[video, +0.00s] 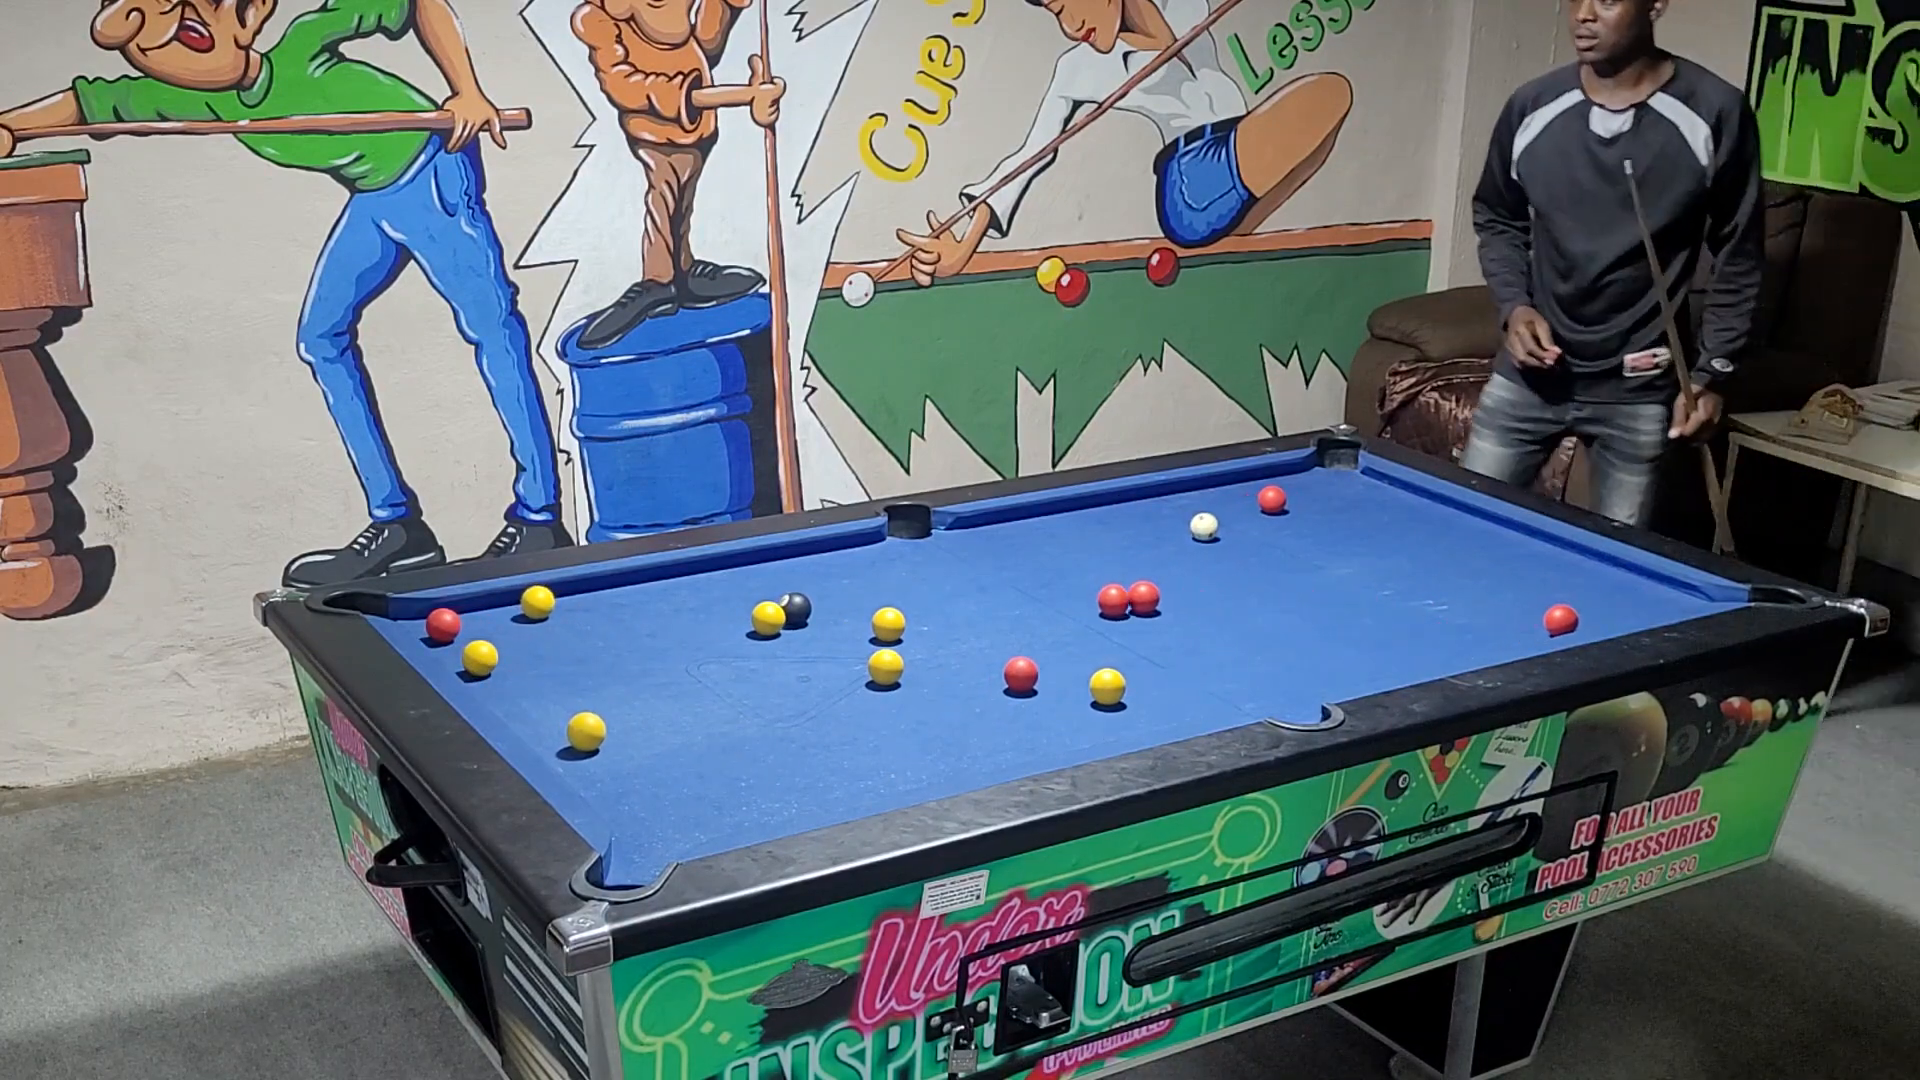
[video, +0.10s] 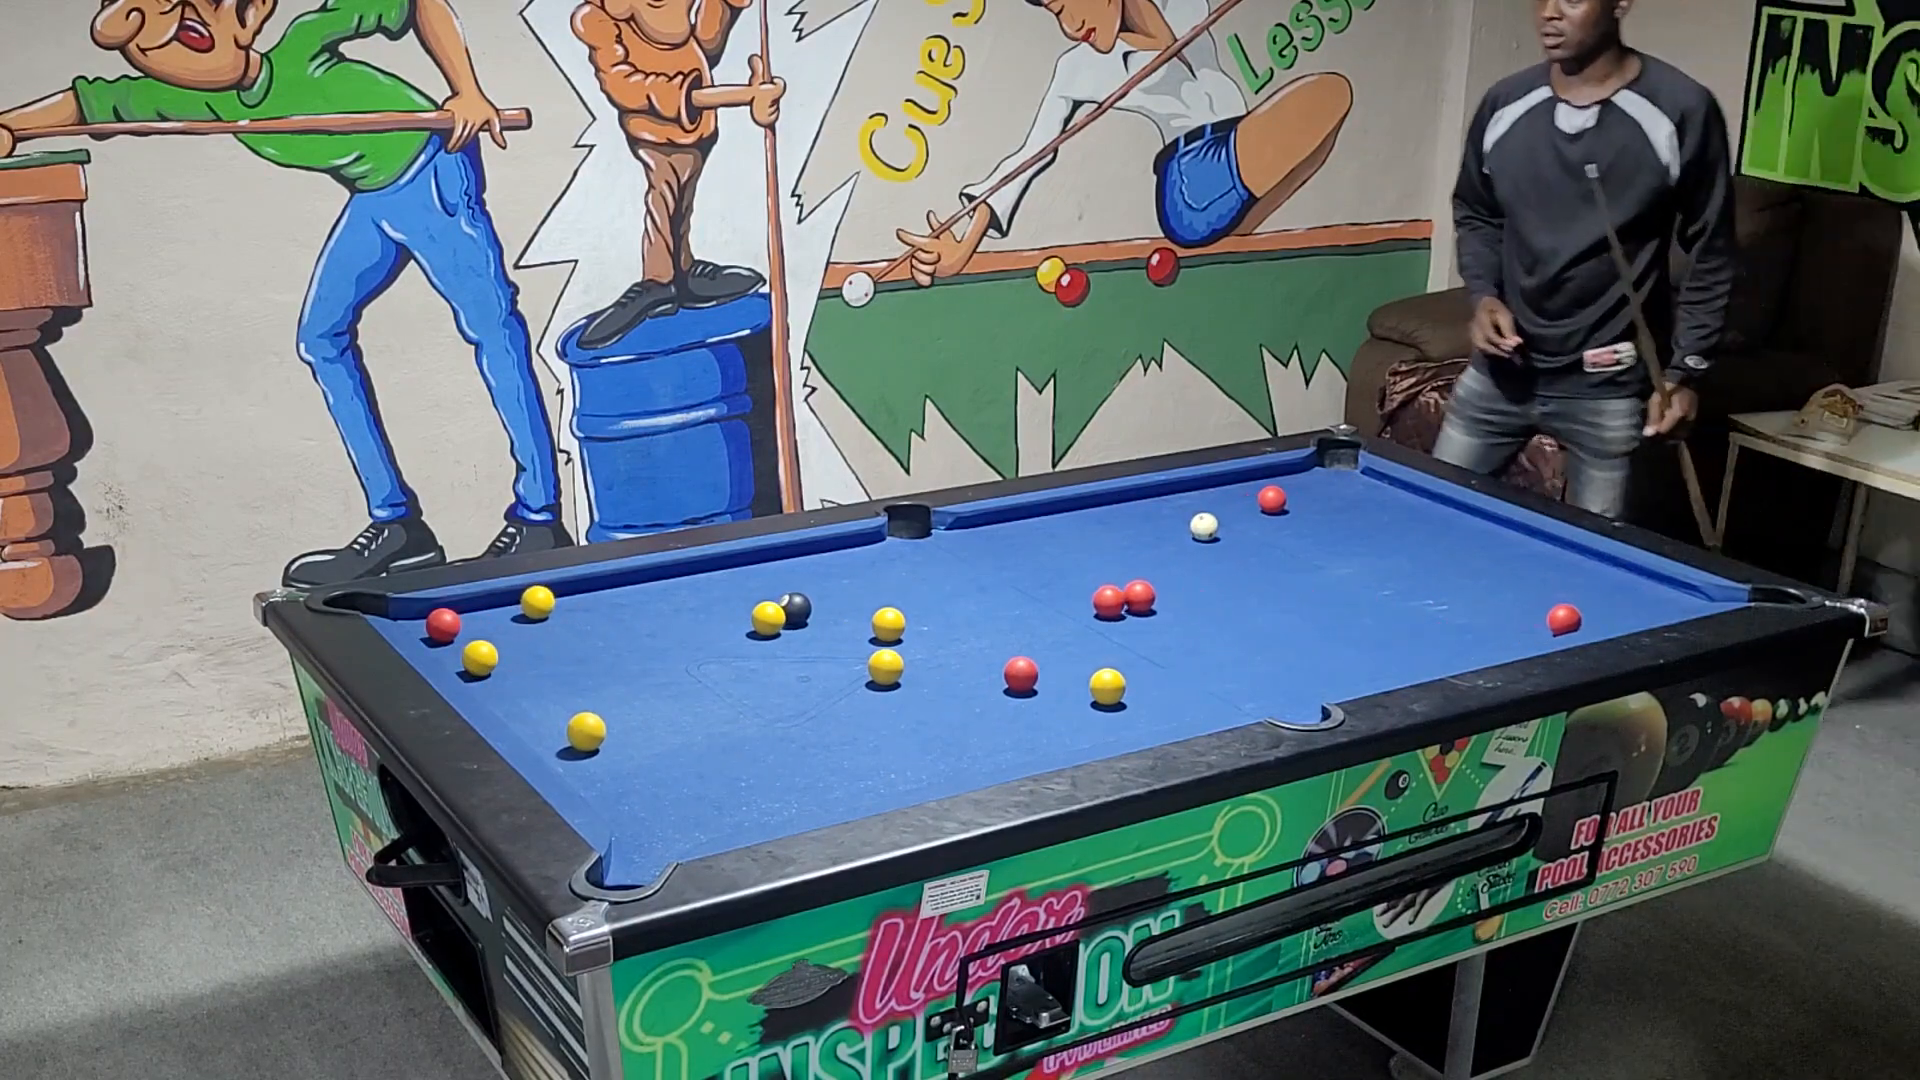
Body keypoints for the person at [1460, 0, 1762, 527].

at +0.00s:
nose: (1583, 15)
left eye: (1605, 1)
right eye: (1575, 0)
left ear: (1655, 8)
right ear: (1565, 8)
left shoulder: (1718, 114)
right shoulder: (1529, 107)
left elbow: (1737, 256)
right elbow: (1497, 218)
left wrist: (1711, 372)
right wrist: (1514, 306)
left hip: (1637, 389)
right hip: (1526, 374)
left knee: (1614, 572)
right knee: (1465, 531)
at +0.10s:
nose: (1549, 13)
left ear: (1618, 7)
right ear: (1534, 7)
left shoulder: (1684, 112)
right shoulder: (1502, 105)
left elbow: (1710, 252)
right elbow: (1475, 215)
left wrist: (1686, 371)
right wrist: (1483, 294)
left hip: (1607, 386)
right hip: (1498, 373)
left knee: (1590, 564)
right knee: (1433, 519)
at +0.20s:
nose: (1503, 14)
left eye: (1525, 1)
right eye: (1498, 2)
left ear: (1572, 9)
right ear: (1489, 10)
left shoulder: (1637, 111)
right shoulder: (1468, 103)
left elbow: (1670, 254)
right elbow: (1445, 212)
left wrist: (1651, 371)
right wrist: (1443, 283)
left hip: (1571, 387)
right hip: (1464, 374)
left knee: (1572, 555)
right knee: (1404, 513)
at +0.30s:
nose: (1445, 15)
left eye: (1467, 3)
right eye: (1443, 3)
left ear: (1516, 13)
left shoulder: (1577, 112)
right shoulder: (1425, 105)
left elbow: (1626, 248)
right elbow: (1411, 220)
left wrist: (1597, 357)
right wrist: (1392, 280)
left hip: (1525, 390)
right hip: (1424, 375)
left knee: (1539, 561)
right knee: (1373, 532)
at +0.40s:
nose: (1396, 18)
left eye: (1417, 6)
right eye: (1394, 5)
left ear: (1465, 13)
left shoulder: (1524, 109)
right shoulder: (1383, 105)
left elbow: (1576, 241)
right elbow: (1373, 217)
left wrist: (1538, 352)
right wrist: (1342, 276)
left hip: (1477, 384)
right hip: (1383, 368)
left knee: (1495, 554)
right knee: (1346, 533)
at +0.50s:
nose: (1369, 16)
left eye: (1390, 3)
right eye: (1360, 2)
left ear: (1432, 9)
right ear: (1350, 8)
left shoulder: (1481, 100)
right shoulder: (1345, 98)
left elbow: (1525, 235)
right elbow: (1330, 210)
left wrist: (1474, 348)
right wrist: (1295, 259)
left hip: (1432, 363)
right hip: (1353, 352)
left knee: (1429, 522)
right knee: (1341, 514)